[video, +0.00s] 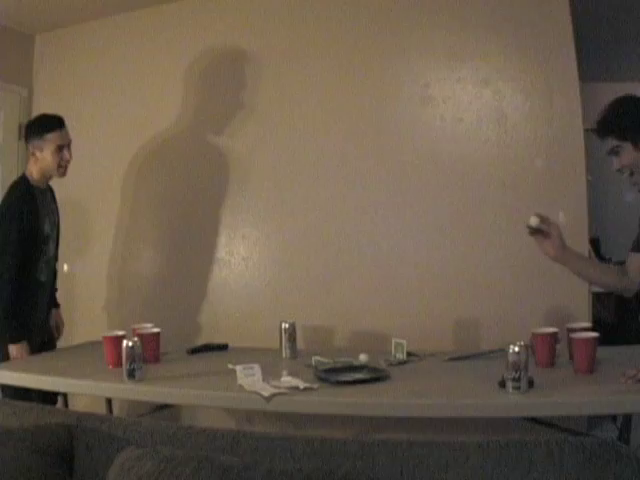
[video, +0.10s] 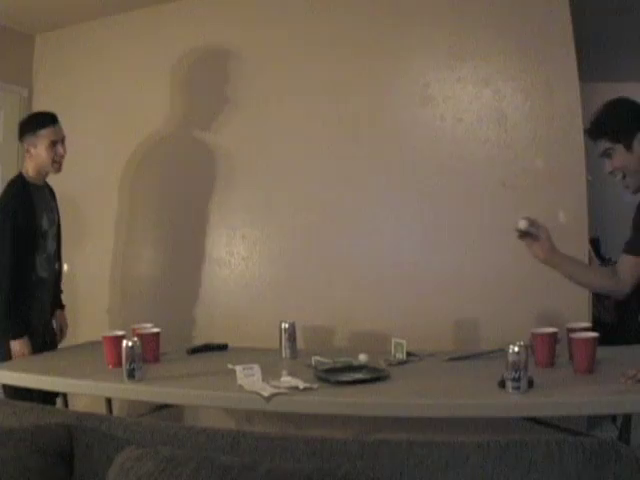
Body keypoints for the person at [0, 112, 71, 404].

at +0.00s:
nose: (67, 156)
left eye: (68, 147)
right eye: (60, 149)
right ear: (35, 152)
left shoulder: (47, 195)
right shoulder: (15, 203)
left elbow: (47, 259)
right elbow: (8, 271)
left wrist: (53, 305)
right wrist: (14, 336)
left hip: (41, 321)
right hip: (17, 327)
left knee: (46, 402)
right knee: (21, 407)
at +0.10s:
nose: (62, 152)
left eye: (63, 143)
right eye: (54, 145)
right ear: (29, 150)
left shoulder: (48, 194)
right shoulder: (12, 200)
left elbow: (52, 257)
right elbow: (7, 269)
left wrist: (57, 305)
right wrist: (15, 332)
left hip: (43, 319)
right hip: (17, 324)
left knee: (46, 403)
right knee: (21, 406)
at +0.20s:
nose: (56, 148)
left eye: (57, 140)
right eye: (48, 141)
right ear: (25, 147)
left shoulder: (48, 195)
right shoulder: (9, 197)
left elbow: (54, 257)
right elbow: (6, 266)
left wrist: (62, 305)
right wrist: (17, 329)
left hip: (44, 316)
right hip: (17, 321)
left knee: (48, 401)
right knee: (23, 404)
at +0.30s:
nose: (52, 148)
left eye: (53, 139)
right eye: (43, 140)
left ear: (55, 142)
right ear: (21, 147)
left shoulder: (48, 194)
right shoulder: (6, 195)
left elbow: (54, 258)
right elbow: (4, 265)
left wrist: (65, 304)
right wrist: (16, 327)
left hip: (46, 314)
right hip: (17, 319)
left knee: (52, 400)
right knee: (25, 404)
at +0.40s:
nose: (49, 148)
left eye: (50, 140)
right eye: (41, 141)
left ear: (53, 142)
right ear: (18, 147)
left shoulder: (48, 195)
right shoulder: (5, 195)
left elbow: (55, 259)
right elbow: (4, 267)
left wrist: (66, 304)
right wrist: (15, 326)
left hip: (47, 314)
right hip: (17, 318)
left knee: (50, 400)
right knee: (26, 404)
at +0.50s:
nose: (47, 150)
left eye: (49, 142)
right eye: (39, 144)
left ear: (52, 144)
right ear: (17, 149)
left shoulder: (48, 196)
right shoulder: (5, 196)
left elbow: (55, 260)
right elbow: (4, 268)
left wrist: (66, 305)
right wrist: (13, 326)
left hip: (47, 313)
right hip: (16, 317)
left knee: (48, 398)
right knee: (26, 401)